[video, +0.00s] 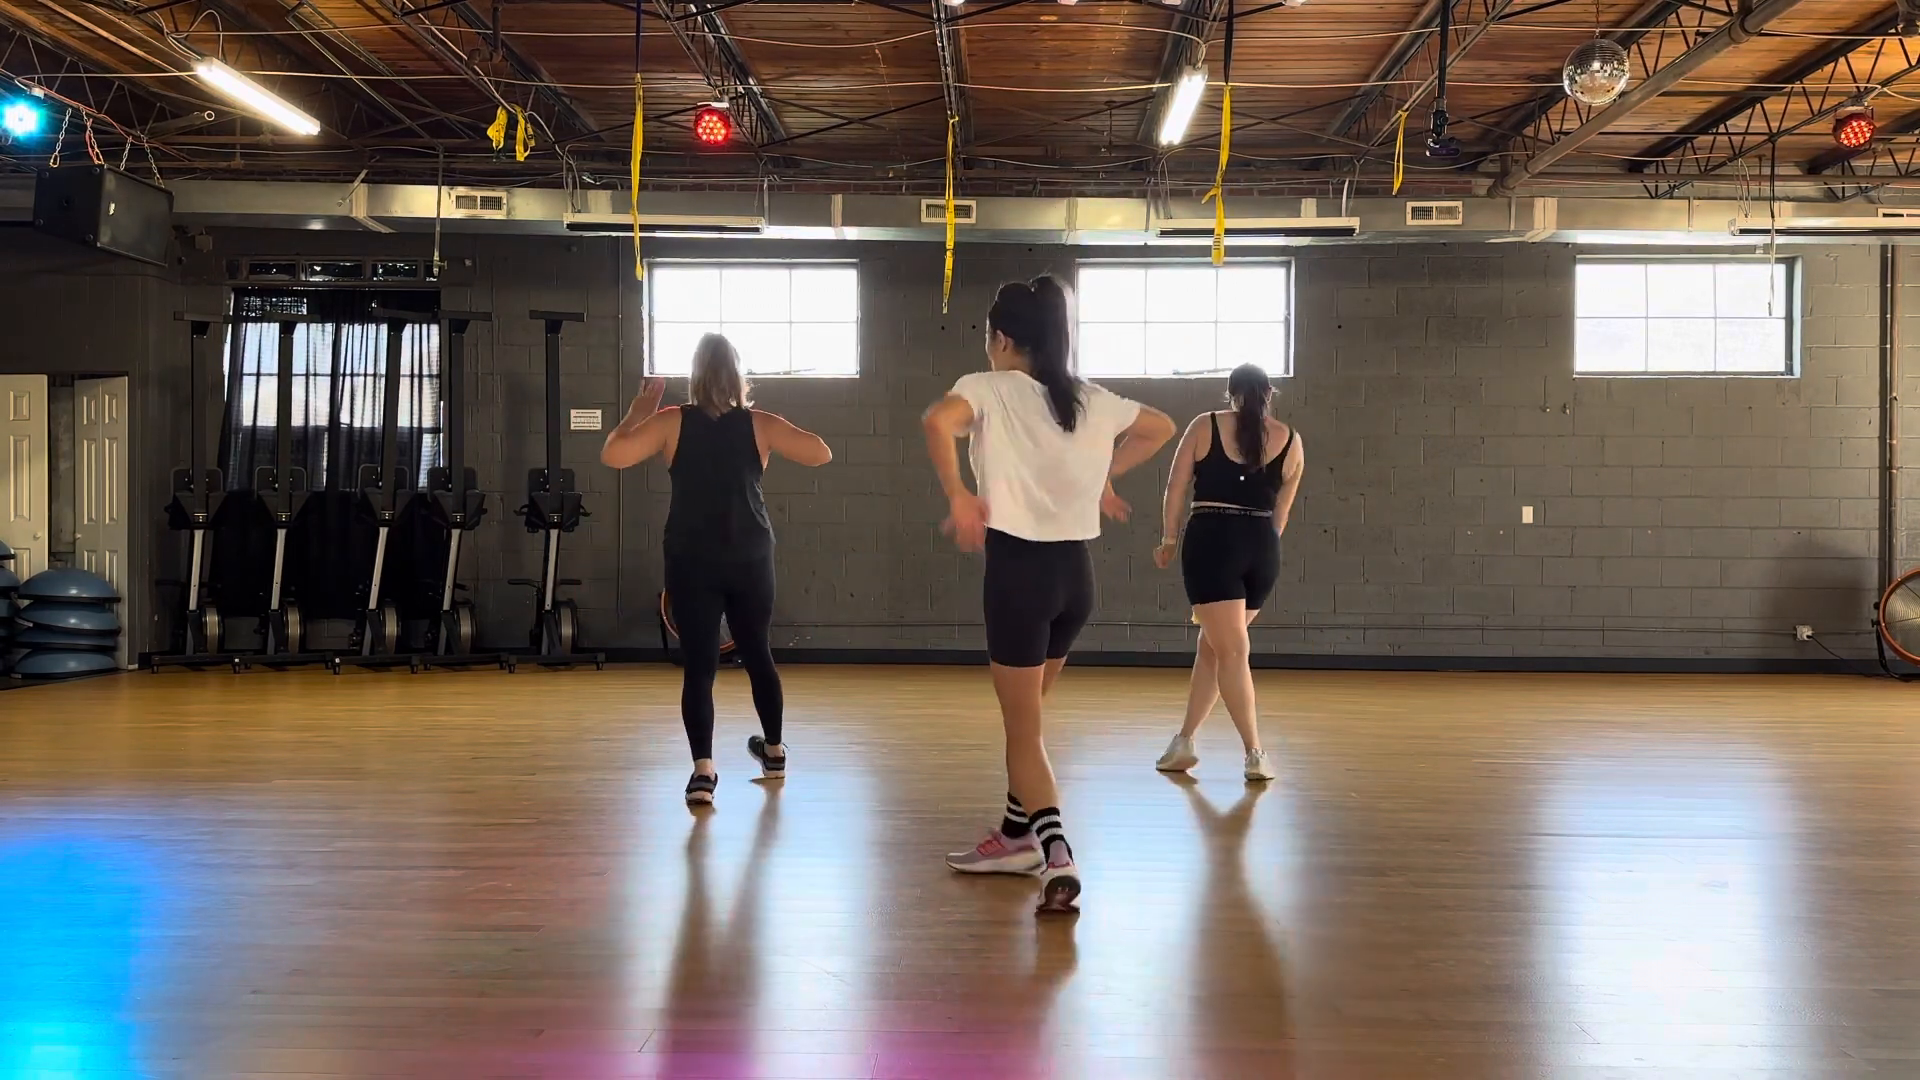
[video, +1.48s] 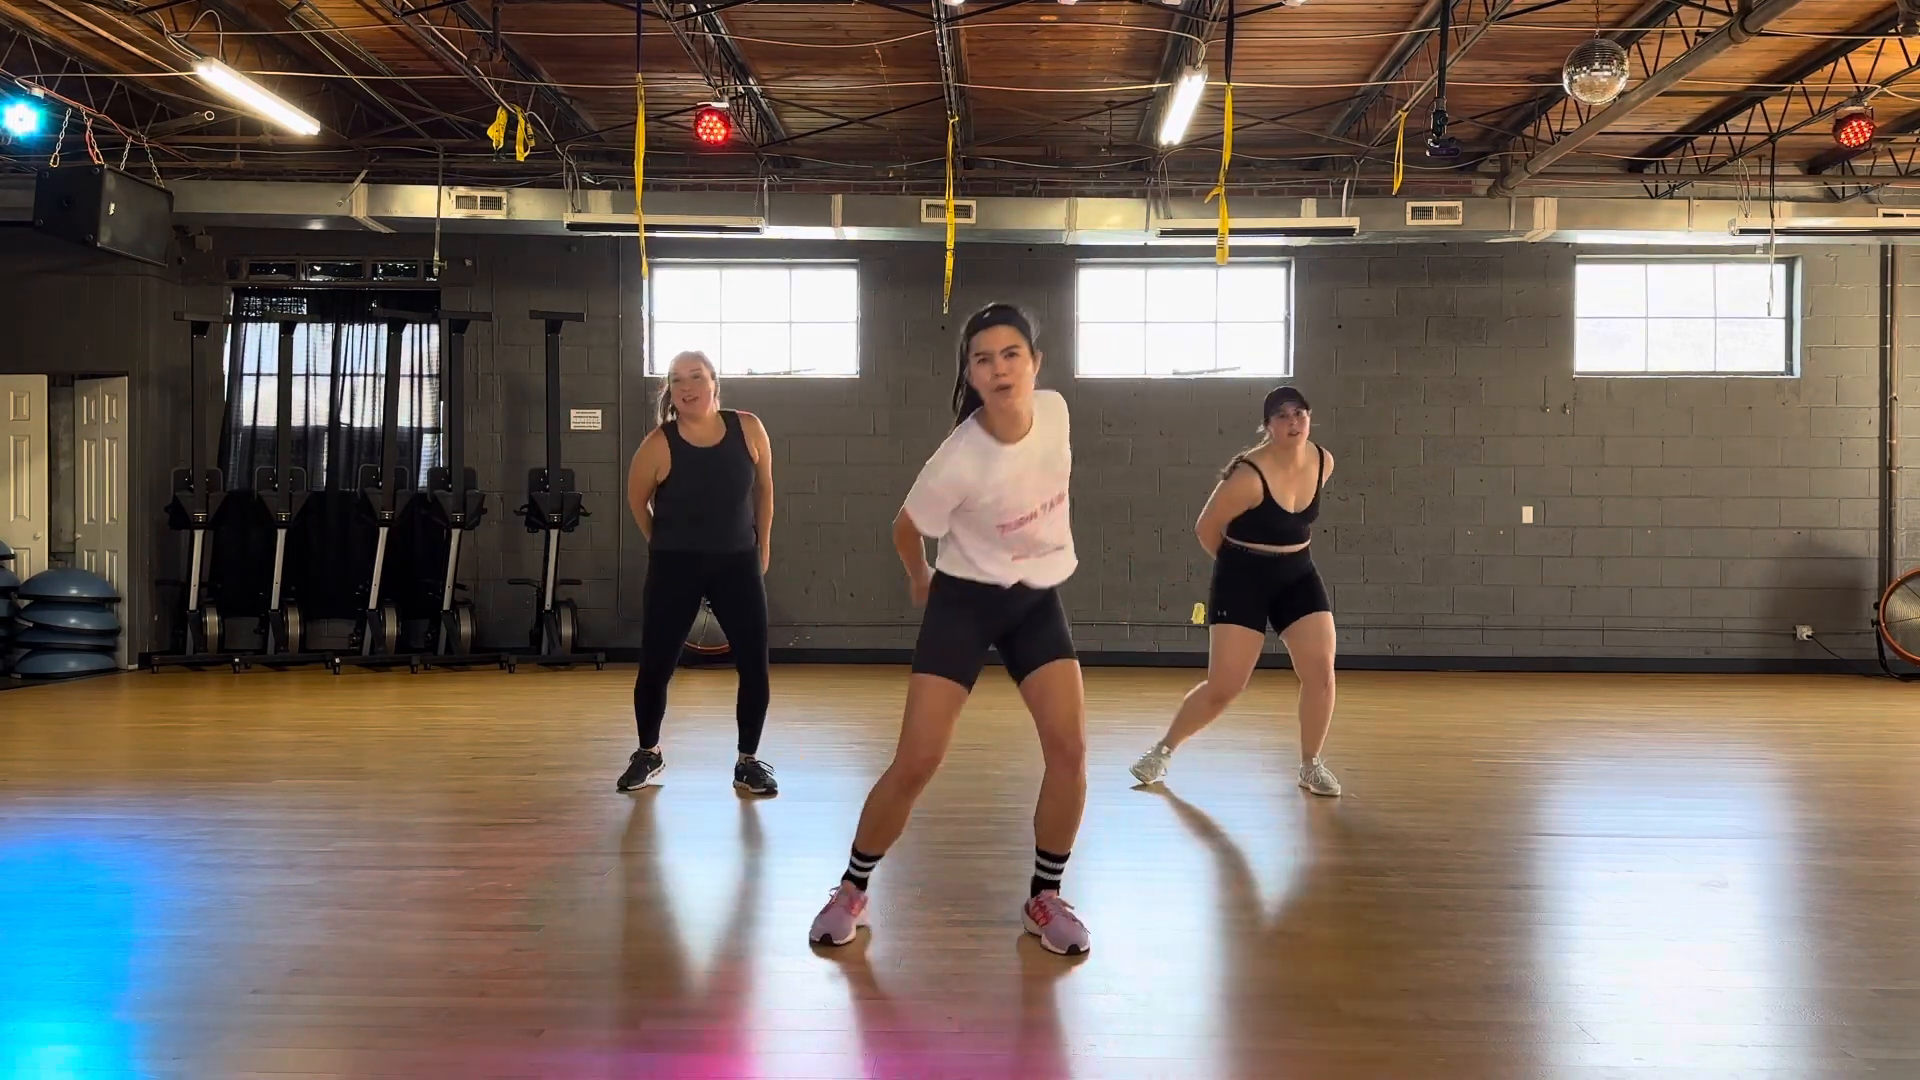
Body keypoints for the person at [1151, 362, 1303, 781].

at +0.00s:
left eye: (1231, 389)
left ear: (1230, 392)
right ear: (1269, 395)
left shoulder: (1203, 426)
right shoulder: (1290, 441)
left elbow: (1178, 484)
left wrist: (1169, 535)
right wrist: (1266, 551)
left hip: (1210, 540)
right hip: (1263, 546)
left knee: (1233, 652)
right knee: (1212, 648)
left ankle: (1254, 752)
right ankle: (1185, 740)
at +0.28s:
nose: (1186, 411)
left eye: (1189, 405)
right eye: (1187, 406)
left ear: (1203, 404)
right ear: (1222, 408)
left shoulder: (1198, 419)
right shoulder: (1239, 436)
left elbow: (1206, 456)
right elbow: (1251, 500)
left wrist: (1211, 509)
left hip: (1210, 533)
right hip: (1241, 535)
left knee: (1244, 650)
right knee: (1214, 651)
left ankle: (1268, 748)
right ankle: (1185, 750)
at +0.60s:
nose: (1155, 397)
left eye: (1164, 389)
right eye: (1152, 390)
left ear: (1188, 392)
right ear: (1152, 398)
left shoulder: (1216, 421)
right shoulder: (1159, 458)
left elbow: (1270, 461)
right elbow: (1168, 523)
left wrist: (1293, 513)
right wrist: (1173, 578)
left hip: (1242, 539)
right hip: (1195, 550)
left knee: (1251, 642)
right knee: (1207, 651)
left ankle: (1276, 743)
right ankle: (1197, 749)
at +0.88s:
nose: (1214, 385)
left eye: (1222, 379)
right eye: (1206, 378)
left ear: (1234, 386)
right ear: (1194, 385)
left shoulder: (1261, 427)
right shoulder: (1174, 440)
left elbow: (1279, 484)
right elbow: (1148, 505)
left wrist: (1284, 536)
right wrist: (1138, 565)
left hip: (1254, 547)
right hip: (1196, 547)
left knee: (1275, 648)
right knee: (1186, 650)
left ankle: (1299, 752)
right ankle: (1168, 742)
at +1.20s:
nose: (1288, 392)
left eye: (1295, 386)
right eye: (1279, 386)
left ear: (1306, 394)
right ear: (1264, 395)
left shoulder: (1320, 446)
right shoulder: (1243, 443)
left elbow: (1311, 501)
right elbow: (1189, 494)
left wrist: (1299, 550)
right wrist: (1178, 553)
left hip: (1284, 558)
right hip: (1230, 553)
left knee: (1302, 660)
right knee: (1198, 661)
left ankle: (1312, 763)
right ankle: (1161, 731)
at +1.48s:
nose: (1292, 422)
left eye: (1298, 413)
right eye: (1281, 416)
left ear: (1310, 419)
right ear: (1267, 427)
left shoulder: (1322, 463)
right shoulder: (1248, 475)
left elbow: (1296, 514)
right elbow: (1206, 528)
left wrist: (1267, 549)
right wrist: (1237, 562)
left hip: (1297, 574)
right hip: (1243, 578)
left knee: (1321, 672)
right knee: (1225, 686)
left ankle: (1311, 764)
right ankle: (1162, 751)